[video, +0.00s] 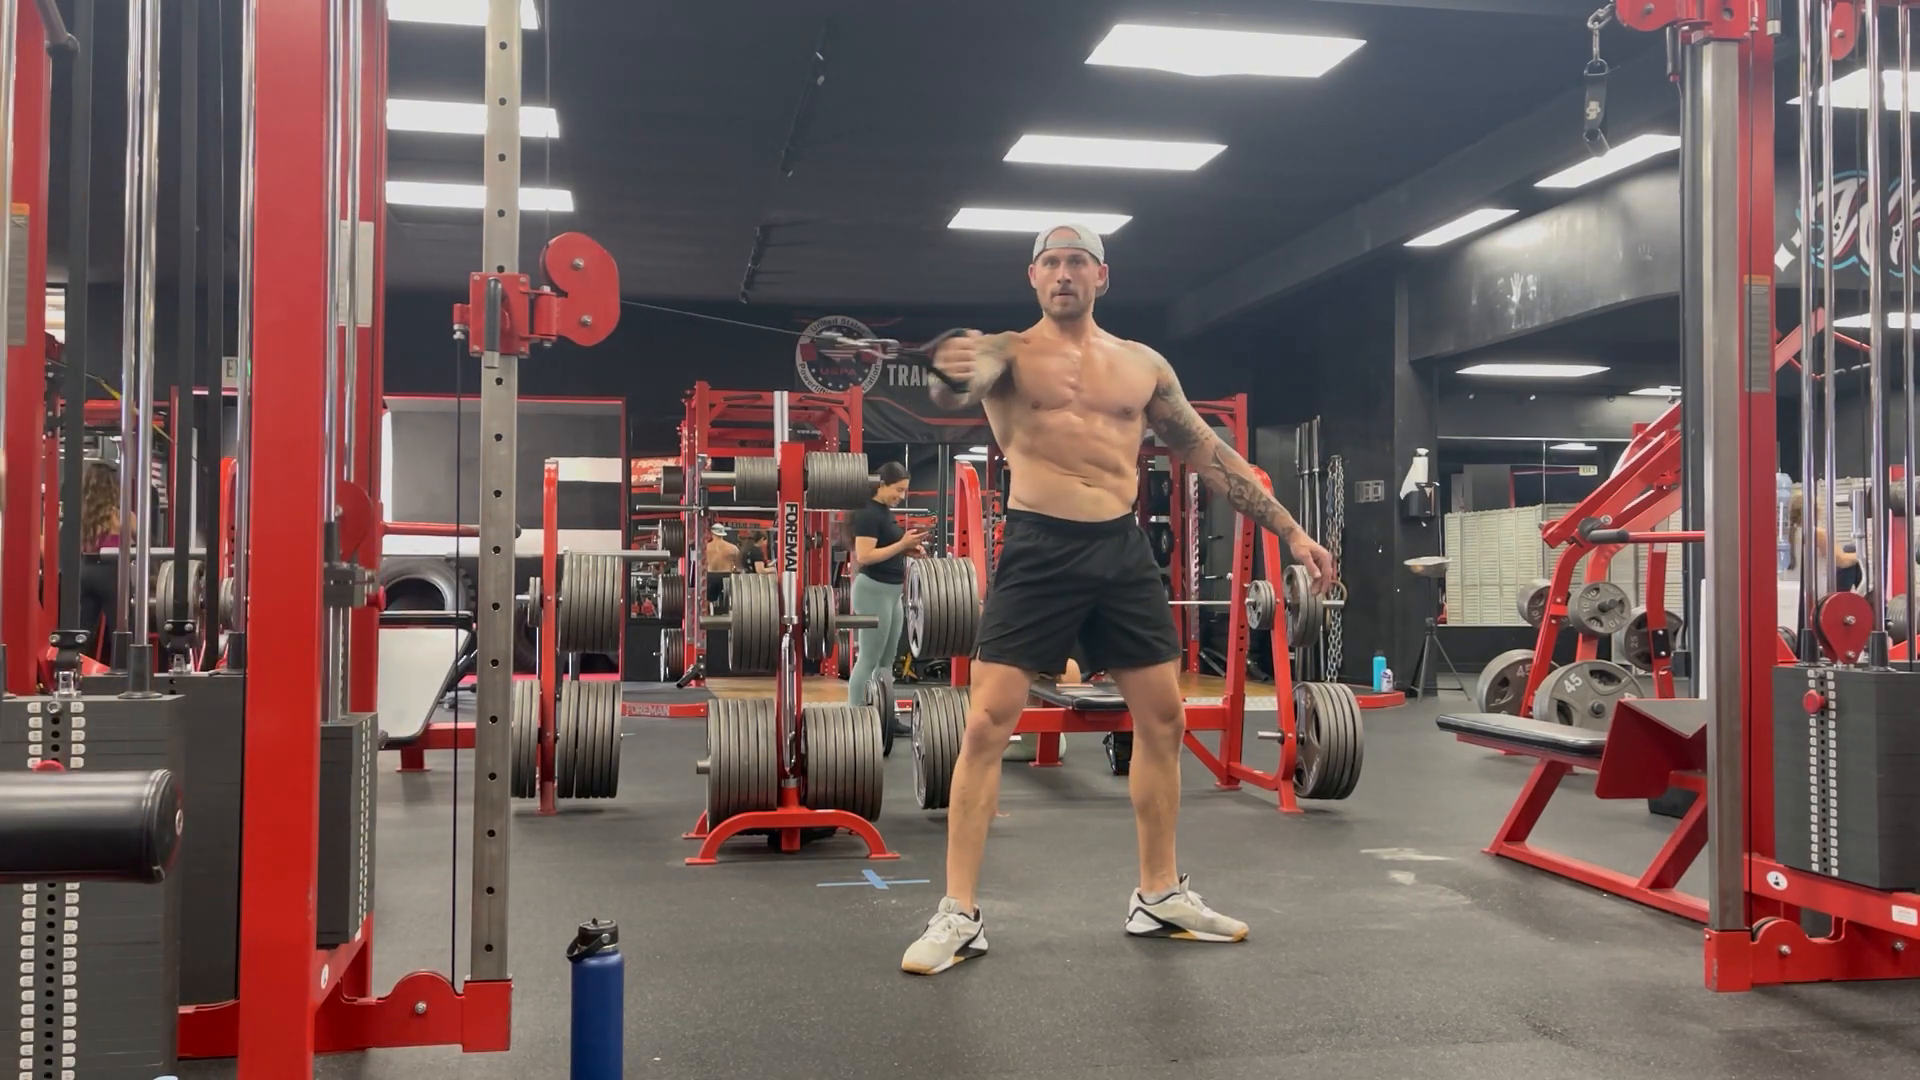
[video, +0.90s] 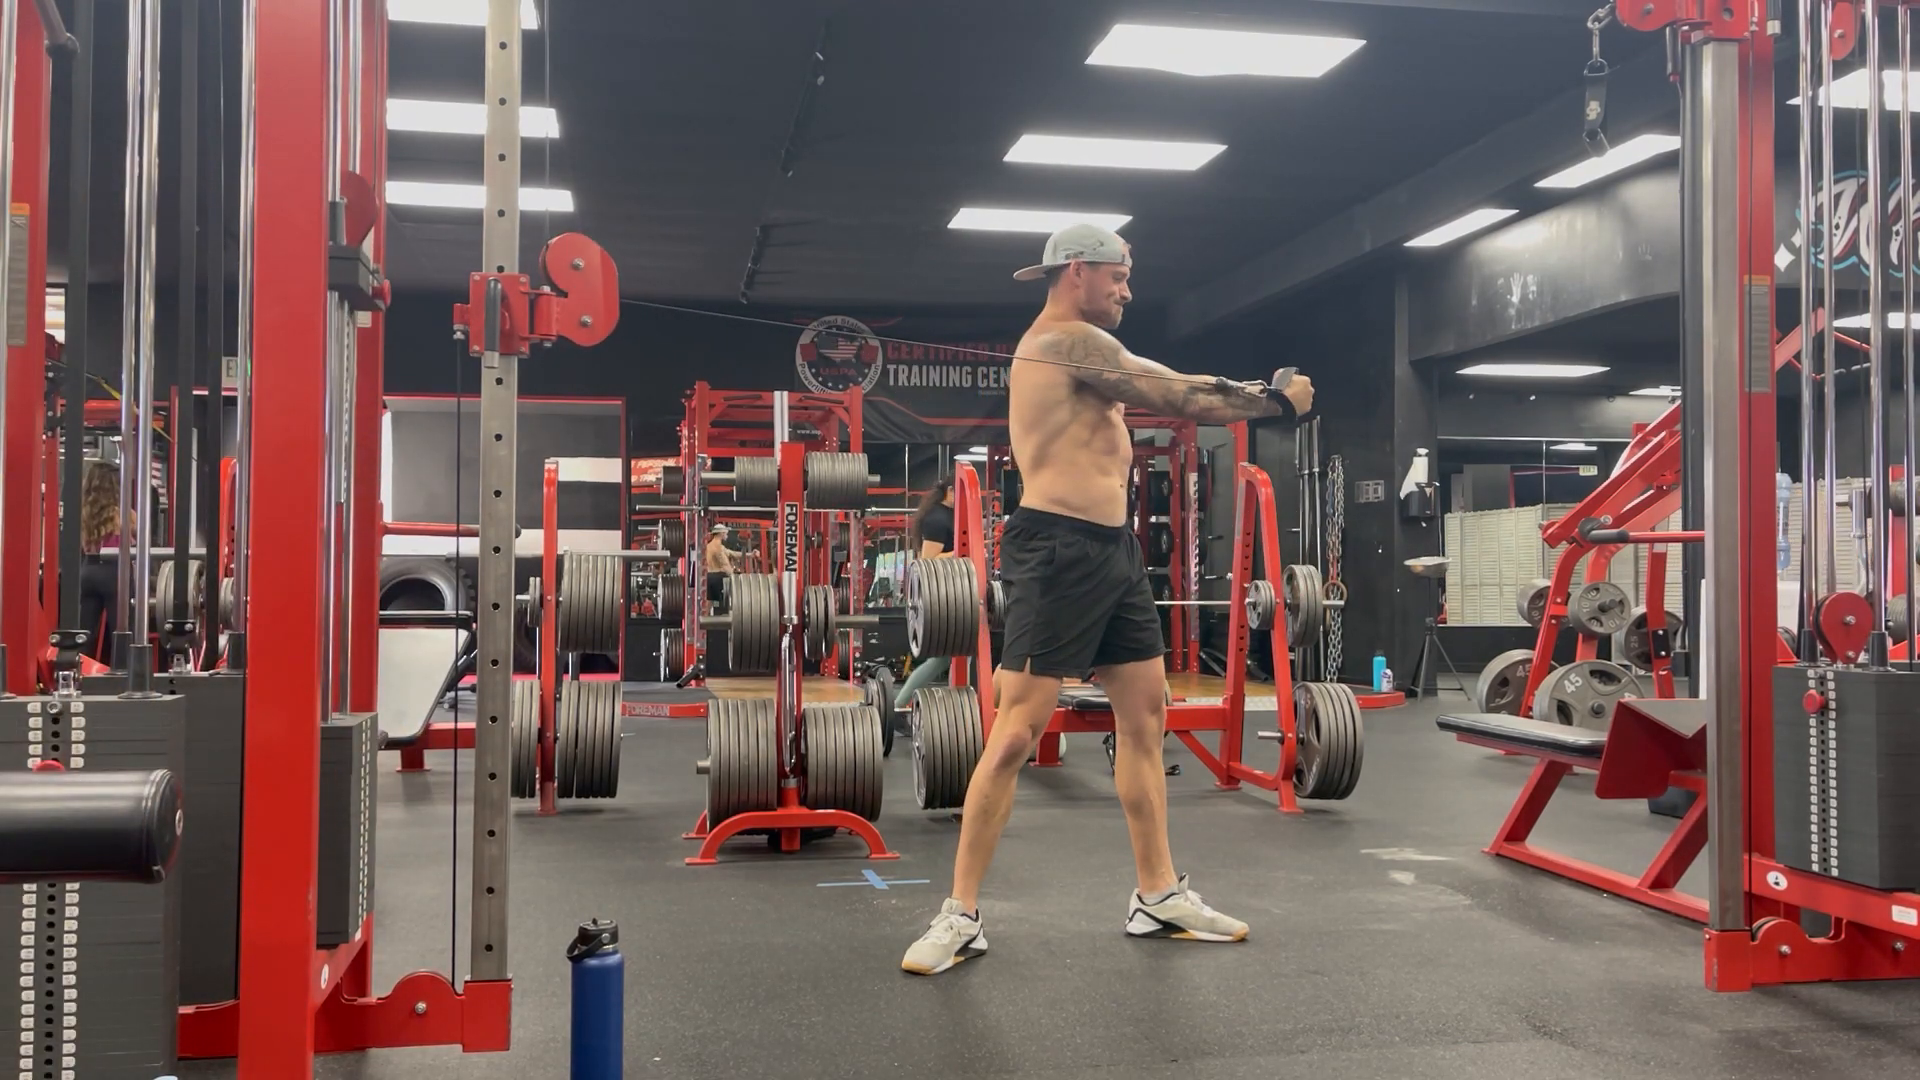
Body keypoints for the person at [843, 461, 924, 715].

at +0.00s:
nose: (902, 496)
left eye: (904, 491)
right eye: (899, 490)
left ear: (897, 487)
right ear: (884, 484)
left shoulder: (885, 513)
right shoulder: (869, 513)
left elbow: (883, 549)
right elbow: (863, 556)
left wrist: (905, 549)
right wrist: (901, 545)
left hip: (892, 592)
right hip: (873, 590)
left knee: (886, 661)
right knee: (868, 660)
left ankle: (880, 717)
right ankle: (855, 718)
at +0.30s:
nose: (918, 497)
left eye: (920, 492)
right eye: (915, 490)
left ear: (901, 487)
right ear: (898, 485)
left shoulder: (895, 512)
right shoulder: (886, 513)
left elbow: (894, 550)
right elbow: (883, 557)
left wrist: (918, 548)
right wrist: (918, 545)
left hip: (893, 586)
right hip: (886, 587)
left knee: (886, 655)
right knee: (905, 654)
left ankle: (874, 711)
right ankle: (881, 710)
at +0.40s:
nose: (923, 498)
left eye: (926, 493)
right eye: (921, 492)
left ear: (907, 488)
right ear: (904, 485)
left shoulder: (899, 512)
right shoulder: (892, 513)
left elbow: (897, 551)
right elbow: (887, 557)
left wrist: (921, 550)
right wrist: (923, 546)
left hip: (893, 585)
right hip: (890, 586)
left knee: (889, 657)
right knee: (919, 650)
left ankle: (881, 713)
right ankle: (898, 712)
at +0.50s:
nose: (931, 499)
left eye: (933, 494)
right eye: (928, 493)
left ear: (913, 488)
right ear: (912, 487)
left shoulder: (906, 511)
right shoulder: (898, 513)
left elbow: (904, 551)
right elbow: (892, 557)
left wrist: (929, 549)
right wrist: (928, 546)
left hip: (897, 583)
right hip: (896, 584)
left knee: (893, 653)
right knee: (928, 648)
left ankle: (882, 714)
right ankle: (926, 716)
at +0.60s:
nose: (937, 501)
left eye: (941, 496)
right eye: (935, 494)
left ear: (920, 490)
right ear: (919, 488)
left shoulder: (915, 513)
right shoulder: (905, 514)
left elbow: (912, 552)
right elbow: (898, 558)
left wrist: (937, 549)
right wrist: (934, 547)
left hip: (903, 582)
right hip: (903, 584)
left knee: (897, 652)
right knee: (933, 648)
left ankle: (884, 712)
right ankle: (945, 715)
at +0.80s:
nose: (954, 500)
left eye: (956, 495)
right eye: (952, 494)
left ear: (943, 493)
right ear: (939, 491)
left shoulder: (940, 516)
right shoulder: (926, 518)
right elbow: (918, 560)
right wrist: (955, 550)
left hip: (947, 593)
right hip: (930, 594)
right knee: (919, 651)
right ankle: (887, 704)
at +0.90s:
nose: (964, 499)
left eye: (965, 494)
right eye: (960, 493)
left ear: (955, 493)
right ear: (949, 492)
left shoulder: (956, 515)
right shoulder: (938, 517)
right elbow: (928, 560)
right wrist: (961, 552)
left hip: (957, 590)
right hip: (943, 592)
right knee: (941, 655)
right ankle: (899, 706)